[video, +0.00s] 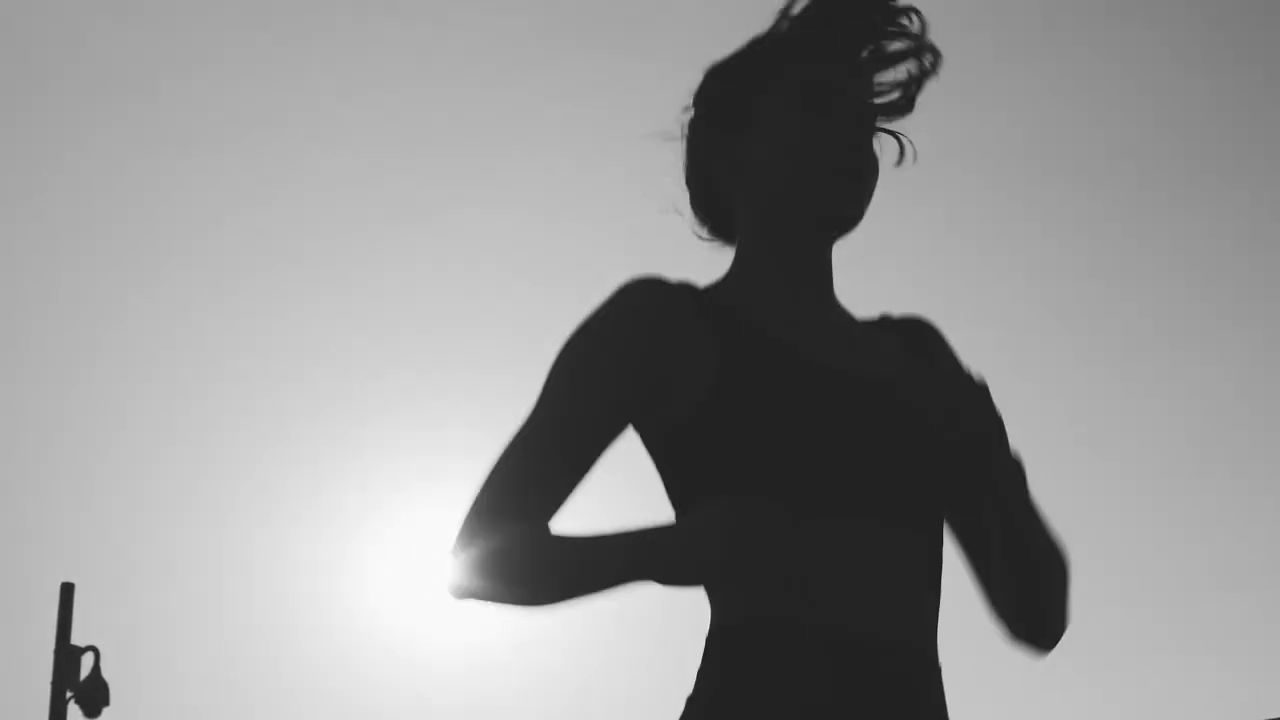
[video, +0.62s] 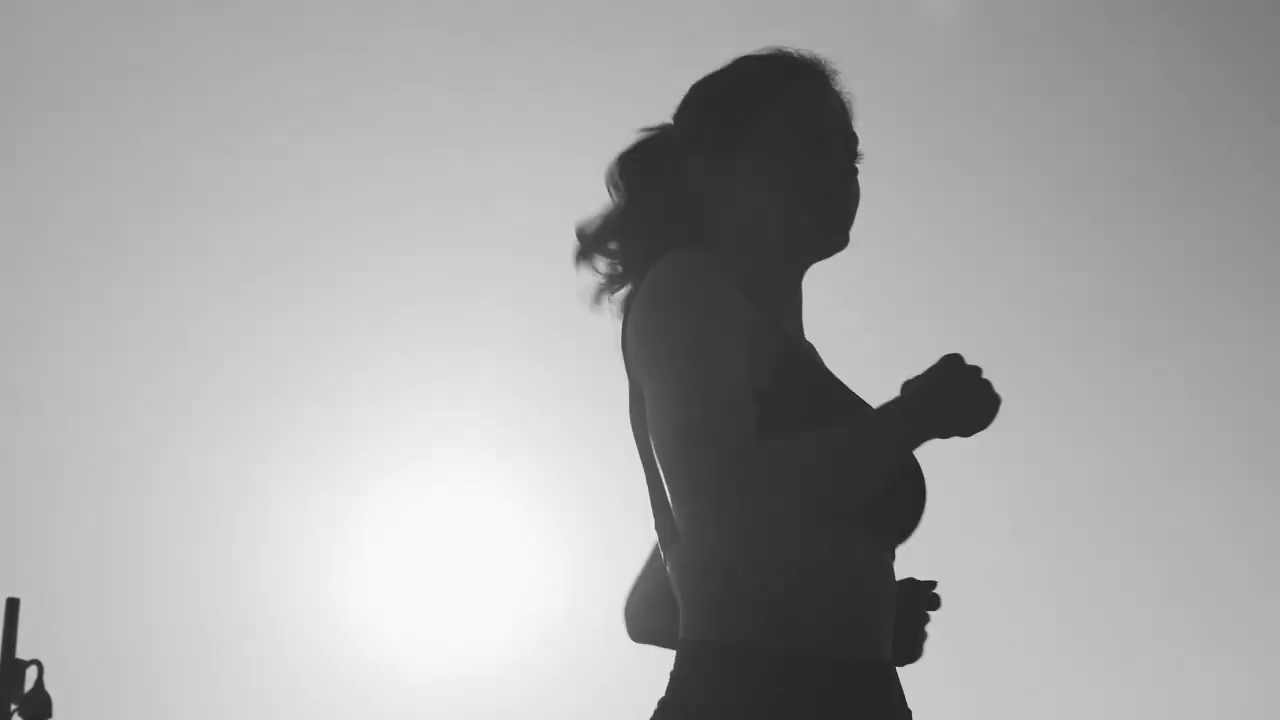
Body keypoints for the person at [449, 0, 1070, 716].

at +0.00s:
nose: (852, 152)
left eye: (861, 131)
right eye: (815, 123)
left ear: (873, 163)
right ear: (731, 158)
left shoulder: (913, 357)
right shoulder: (659, 327)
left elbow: (1040, 620)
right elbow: (484, 559)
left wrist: (972, 437)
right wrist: (671, 552)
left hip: (905, 700)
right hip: (748, 696)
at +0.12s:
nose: (851, 187)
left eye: (860, 169)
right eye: (813, 160)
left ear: (869, 207)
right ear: (719, 198)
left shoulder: (907, 409)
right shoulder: (660, 379)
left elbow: (954, 698)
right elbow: (515, 649)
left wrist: (997, 589)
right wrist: (750, 593)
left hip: (890, 709)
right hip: (751, 703)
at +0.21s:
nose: (853, 208)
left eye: (864, 191)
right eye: (816, 181)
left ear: (874, 216)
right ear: (725, 211)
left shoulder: (897, 428)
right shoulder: (662, 397)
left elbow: (901, 700)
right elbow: (559, 678)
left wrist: (979, 656)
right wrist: (803, 596)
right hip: (739, 708)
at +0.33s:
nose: (854, 214)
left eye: (863, 194)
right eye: (815, 184)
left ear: (869, 220)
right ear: (723, 215)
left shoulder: (877, 431)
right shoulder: (674, 387)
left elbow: (844, 674)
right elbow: (633, 661)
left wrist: (936, 682)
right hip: (725, 708)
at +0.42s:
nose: (857, 195)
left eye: (862, 179)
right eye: (820, 174)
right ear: (726, 207)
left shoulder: (858, 418)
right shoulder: (677, 365)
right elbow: (673, 614)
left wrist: (908, 661)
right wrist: (909, 489)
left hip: (861, 708)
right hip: (730, 702)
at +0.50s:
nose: (852, 187)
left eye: (858, 167)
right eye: (818, 164)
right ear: (736, 186)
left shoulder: (814, 381)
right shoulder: (683, 326)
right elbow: (706, 561)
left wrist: (891, 637)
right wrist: (920, 448)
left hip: (857, 700)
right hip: (745, 696)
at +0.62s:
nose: (851, 173)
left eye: (853, 154)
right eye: (823, 149)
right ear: (744, 163)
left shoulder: (762, 332)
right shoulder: (690, 290)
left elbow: (653, 608)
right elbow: (720, 507)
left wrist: (869, 608)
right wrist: (911, 417)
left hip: (839, 688)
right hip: (760, 688)